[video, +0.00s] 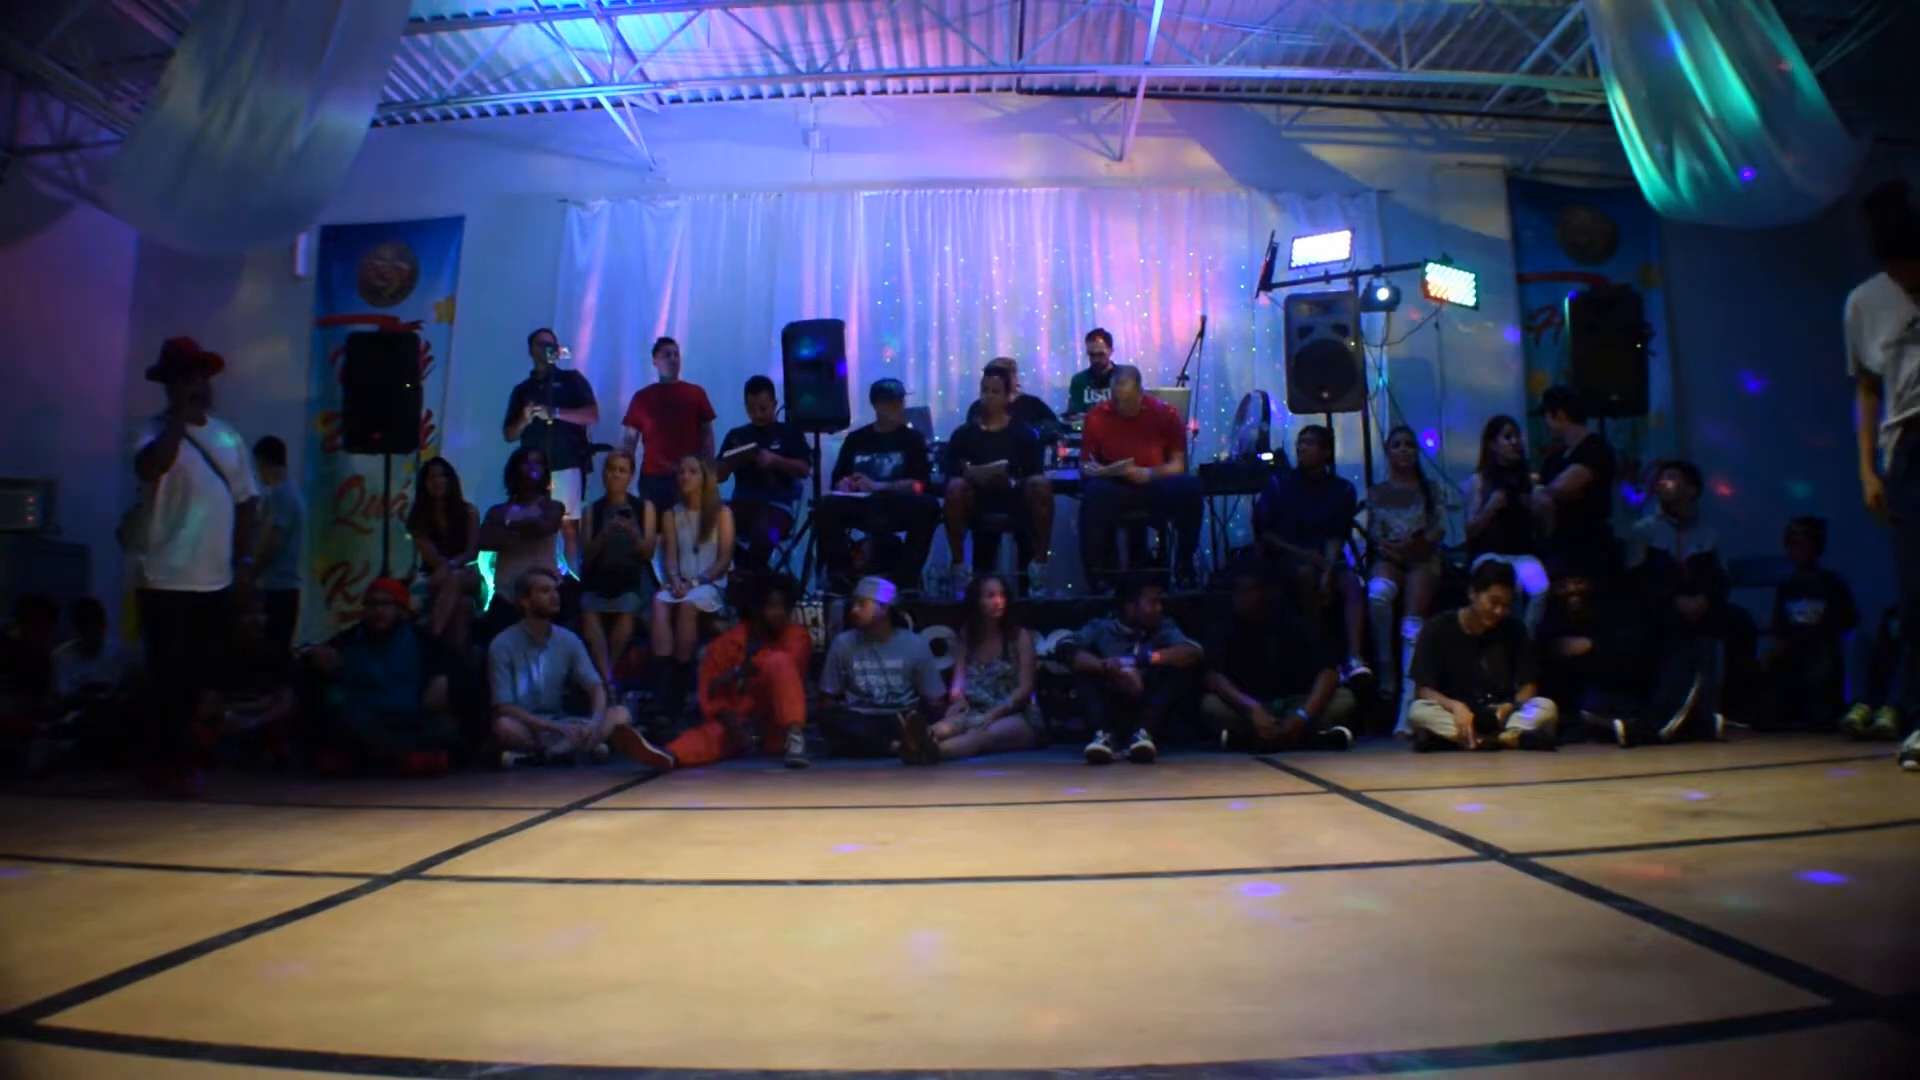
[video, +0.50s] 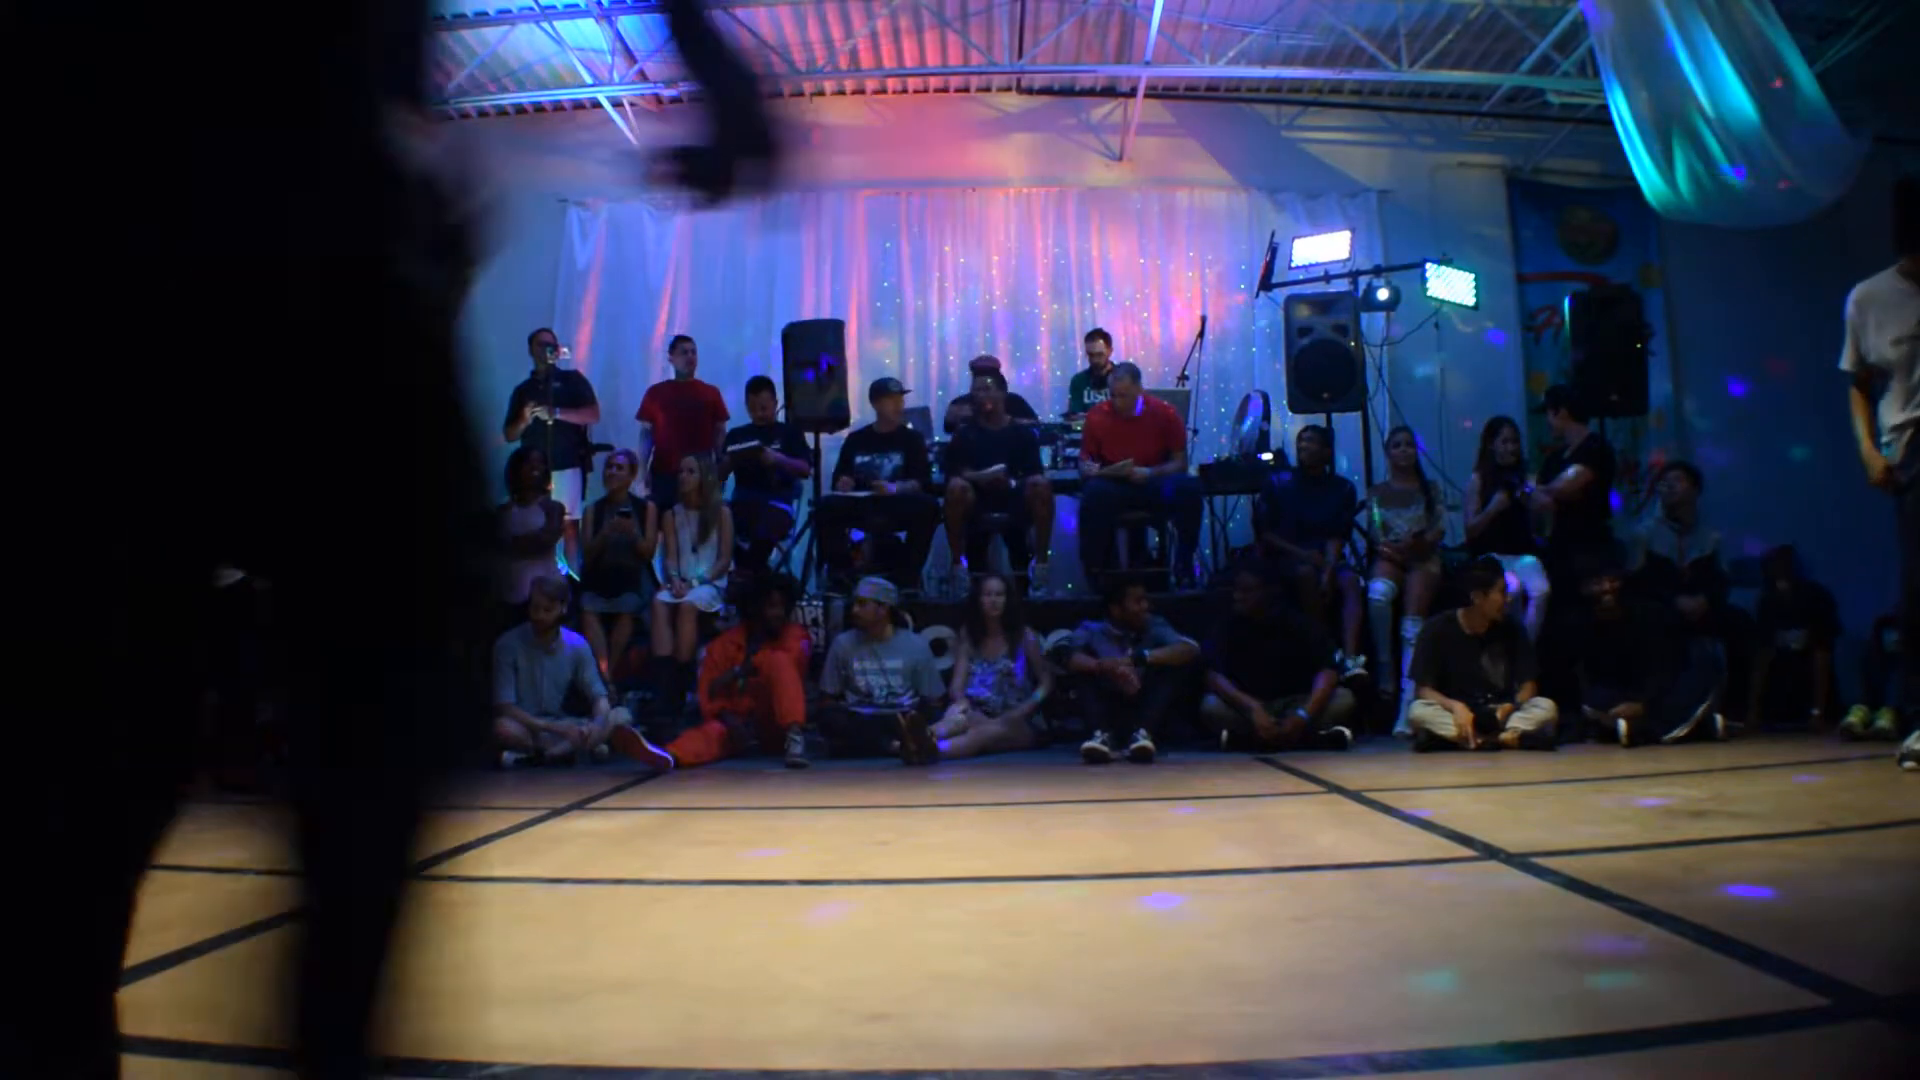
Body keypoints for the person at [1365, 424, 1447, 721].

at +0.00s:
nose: (1403, 451)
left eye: (1409, 445)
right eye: (1396, 446)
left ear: (1417, 451)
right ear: (1387, 453)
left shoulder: (1431, 488)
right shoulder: (1377, 492)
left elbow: (1440, 525)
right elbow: (1371, 530)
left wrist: (1422, 541)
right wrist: (1387, 546)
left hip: (1420, 555)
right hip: (1387, 554)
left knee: (1412, 628)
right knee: (1378, 595)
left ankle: (1408, 705)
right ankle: (1385, 671)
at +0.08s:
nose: (1403, 451)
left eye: (1409, 445)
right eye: (1396, 446)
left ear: (1417, 451)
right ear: (1387, 453)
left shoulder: (1431, 488)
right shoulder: (1377, 493)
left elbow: (1440, 525)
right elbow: (1372, 530)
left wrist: (1421, 541)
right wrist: (1387, 546)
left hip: (1420, 555)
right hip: (1388, 554)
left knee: (1412, 629)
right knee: (1378, 596)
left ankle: (1407, 709)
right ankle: (1384, 670)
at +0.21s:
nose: (1403, 451)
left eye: (1408, 445)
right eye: (1396, 446)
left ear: (1417, 451)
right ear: (1387, 453)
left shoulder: (1431, 488)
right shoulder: (1377, 493)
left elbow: (1440, 526)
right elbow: (1371, 530)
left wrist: (1419, 542)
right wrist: (1388, 546)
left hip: (1421, 554)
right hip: (1388, 554)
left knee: (1413, 626)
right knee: (1378, 595)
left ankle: (1407, 708)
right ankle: (1385, 671)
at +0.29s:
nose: (1403, 451)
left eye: (1408, 445)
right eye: (1396, 446)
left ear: (1416, 451)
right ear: (1387, 453)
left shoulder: (1431, 489)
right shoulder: (1377, 493)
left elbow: (1440, 526)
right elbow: (1372, 532)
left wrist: (1419, 542)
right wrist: (1388, 548)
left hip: (1420, 555)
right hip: (1388, 554)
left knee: (1412, 629)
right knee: (1377, 596)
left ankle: (1407, 705)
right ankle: (1384, 669)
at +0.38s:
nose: (1403, 451)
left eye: (1408, 445)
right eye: (1396, 446)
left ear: (1417, 451)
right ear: (1387, 453)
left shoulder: (1431, 489)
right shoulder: (1377, 492)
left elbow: (1439, 526)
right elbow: (1372, 532)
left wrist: (1418, 542)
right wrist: (1387, 547)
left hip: (1420, 554)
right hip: (1387, 554)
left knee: (1412, 628)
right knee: (1377, 596)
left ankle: (1408, 703)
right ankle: (1384, 671)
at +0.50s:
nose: (1403, 451)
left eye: (1408, 445)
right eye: (1396, 446)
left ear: (1417, 452)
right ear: (1387, 453)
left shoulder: (1431, 489)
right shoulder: (1377, 493)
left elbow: (1440, 527)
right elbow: (1371, 532)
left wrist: (1415, 544)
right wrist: (1391, 548)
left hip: (1421, 554)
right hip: (1388, 554)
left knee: (1413, 626)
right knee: (1378, 596)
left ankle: (1408, 703)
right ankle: (1385, 670)